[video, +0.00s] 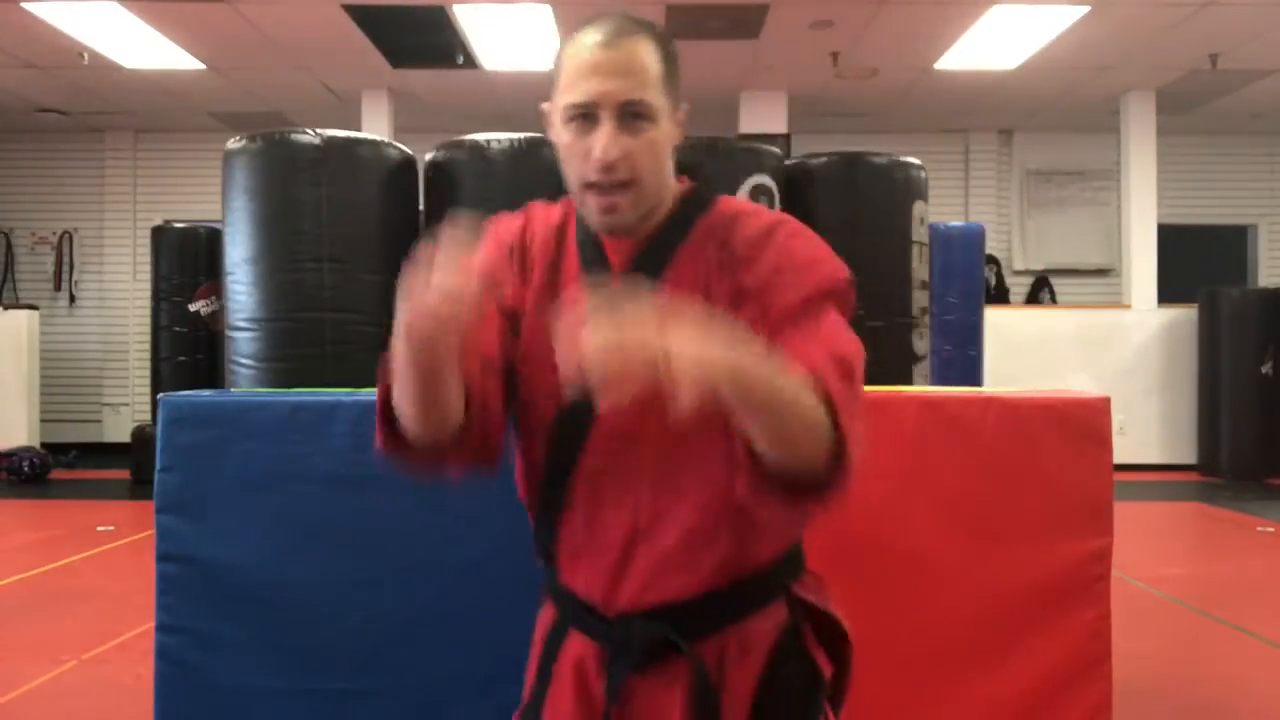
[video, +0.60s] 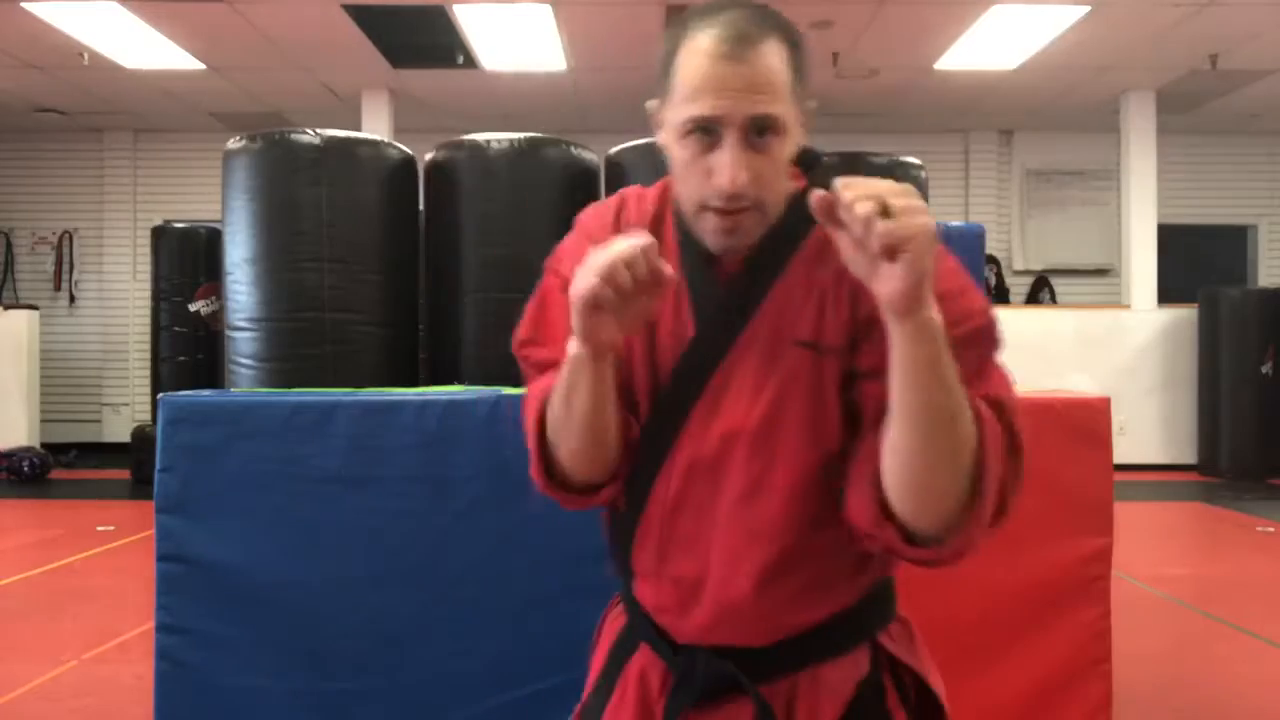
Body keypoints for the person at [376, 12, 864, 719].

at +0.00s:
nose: (606, 150)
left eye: (635, 118)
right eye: (583, 119)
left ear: (677, 124)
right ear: (550, 126)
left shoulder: (769, 253)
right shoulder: (517, 250)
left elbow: (819, 454)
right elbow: (440, 440)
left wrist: (713, 353)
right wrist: (426, 346)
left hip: (739, 655)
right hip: (581, 649)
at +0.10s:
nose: (592, 173)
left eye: (616, 135)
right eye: (567, 140)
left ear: (665, 125)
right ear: (540, 140)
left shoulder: (758, 239)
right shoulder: (517, 230)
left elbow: (799, 411)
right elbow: (424, 380)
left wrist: (710, 219)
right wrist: (441, 214)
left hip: (723, 643)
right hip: (563, 641)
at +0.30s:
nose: (623, 197)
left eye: (651, 162)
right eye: (599, 162)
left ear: (691, 150)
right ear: (563, 151)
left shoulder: (763, 255)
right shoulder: (509, 246)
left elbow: (815, 460)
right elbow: (477, 422)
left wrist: (782, 257)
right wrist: (505, 234)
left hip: (732, 653)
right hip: (572, 648)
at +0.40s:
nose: (651, 191)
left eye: (678, 158)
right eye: (624, 159)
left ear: (714, 144)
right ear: (583, 145)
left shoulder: (791, 261)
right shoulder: (527, 256)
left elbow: (858, 490)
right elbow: (495, 442)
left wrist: (834, 294)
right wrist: (529, 271)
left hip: (762, 668)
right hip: (595, 665)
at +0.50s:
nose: (689, 182)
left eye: (716, 146)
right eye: (661, 148)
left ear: (755, 137)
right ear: (621, 142)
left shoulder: (838, 258)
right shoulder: (573, 254)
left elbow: (904, 502)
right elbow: (537, 460)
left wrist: (876, 295)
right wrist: (564, 305)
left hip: (804, 678)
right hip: (628, 677)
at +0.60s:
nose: (731, 173)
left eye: (761, 133)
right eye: (702, 135)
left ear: (800, 129)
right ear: (660, 130)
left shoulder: (880, 252)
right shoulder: (607, 238)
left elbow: (935, 524)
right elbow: (576, 479)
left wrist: (910, 315)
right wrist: (592, 350)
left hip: (832, 679)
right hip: (652, 675)